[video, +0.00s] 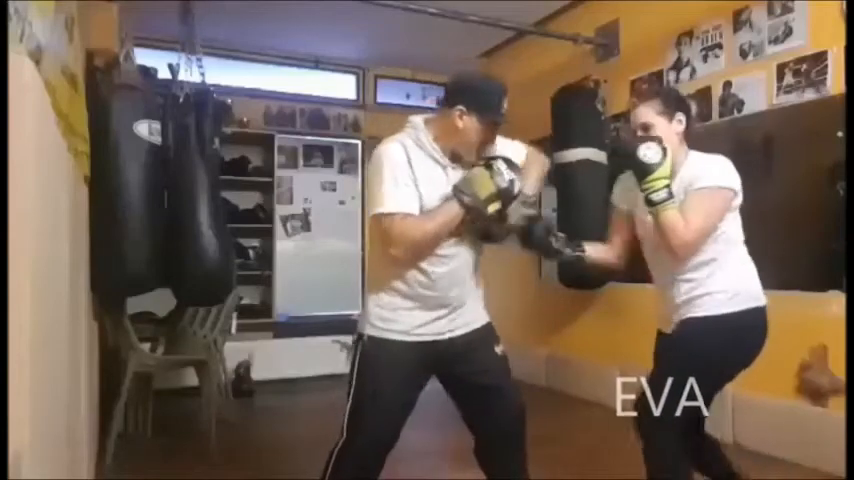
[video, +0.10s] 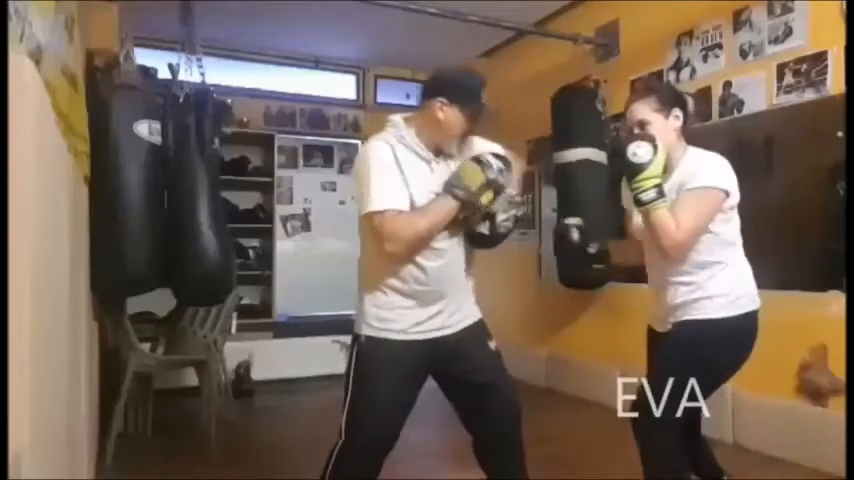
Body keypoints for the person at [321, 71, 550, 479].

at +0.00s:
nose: (494, 137)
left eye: (495, 127)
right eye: (489, 126)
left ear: (463, 118)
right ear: (460, 118)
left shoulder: (476, 149)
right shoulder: (393, 154)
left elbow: (534, 158)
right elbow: (401, 246)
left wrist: (522, 201)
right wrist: (466, 200)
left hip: (465, 323)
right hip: (396, 330)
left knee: (505, 425)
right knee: (364, 447)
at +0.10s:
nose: (472, 127)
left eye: (475, 117)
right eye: (468, 115)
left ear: (442, 110)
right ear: (439, 108)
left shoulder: (461, 150)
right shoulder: (379, 152)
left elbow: (513, 163)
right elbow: (395, 242)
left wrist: (494, 208)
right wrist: (458, 195)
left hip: (458, 321)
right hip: (391, 329)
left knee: (501, 421)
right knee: (364, 448)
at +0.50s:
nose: (453, 108)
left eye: (453, 98)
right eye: (446, 96)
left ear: (417, 97)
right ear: (414, 94)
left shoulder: (438, 149)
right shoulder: (371, 149)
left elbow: (457, 209)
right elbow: (420, 214)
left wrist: (504, 183)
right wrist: (476, 165)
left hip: (449, 327)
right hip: (382, 333)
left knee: (488, 429)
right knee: (359, 450)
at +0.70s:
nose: (466, 112)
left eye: (468, 102)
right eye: (460, 100)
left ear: (434, 99)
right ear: (428, 96)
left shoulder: (448, 153)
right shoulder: (378, 148)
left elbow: (482, 207)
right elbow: (410, 224)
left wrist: (536, 175)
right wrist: (467, 179)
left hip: (451, 329)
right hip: (384, 334)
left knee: (489, 435)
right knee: (357, 454)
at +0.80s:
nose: (471, 113)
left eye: (472, 102)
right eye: (464, 99)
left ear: (437, 100)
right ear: (434, 97)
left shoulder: (441, 153)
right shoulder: (392, 143)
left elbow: (454, 214)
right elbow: (436, 218)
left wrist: (499, 191)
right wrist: (486, 174)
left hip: (452, 328)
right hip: (390, 334)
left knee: (490, 430)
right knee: (362, 452)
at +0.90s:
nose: (470, 111)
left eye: (470, 101)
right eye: (463, 98)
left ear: (434, 99)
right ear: (432, 95)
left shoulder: (436, 152)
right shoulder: (399, 140)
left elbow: (476, 218)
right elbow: (471, 202)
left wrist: (521, 185)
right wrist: (521, 155)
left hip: (454, 329)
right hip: (393, 334)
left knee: (493, 434)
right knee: (363, 457)